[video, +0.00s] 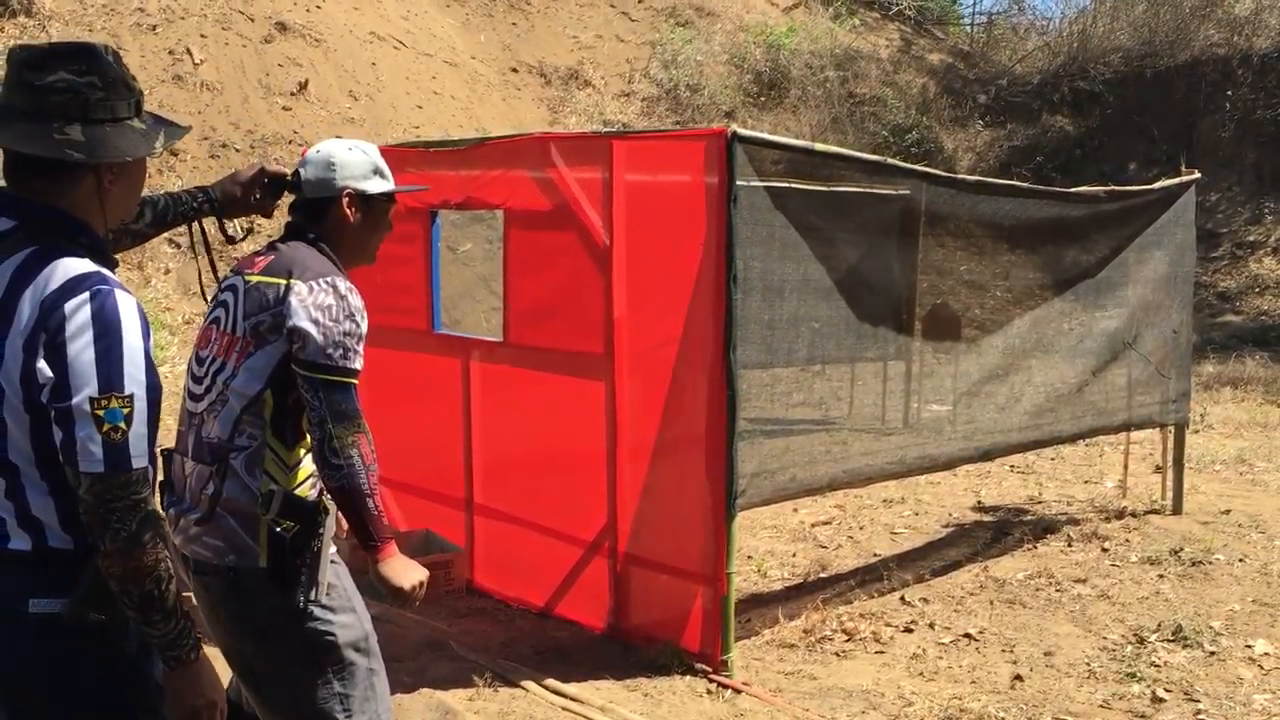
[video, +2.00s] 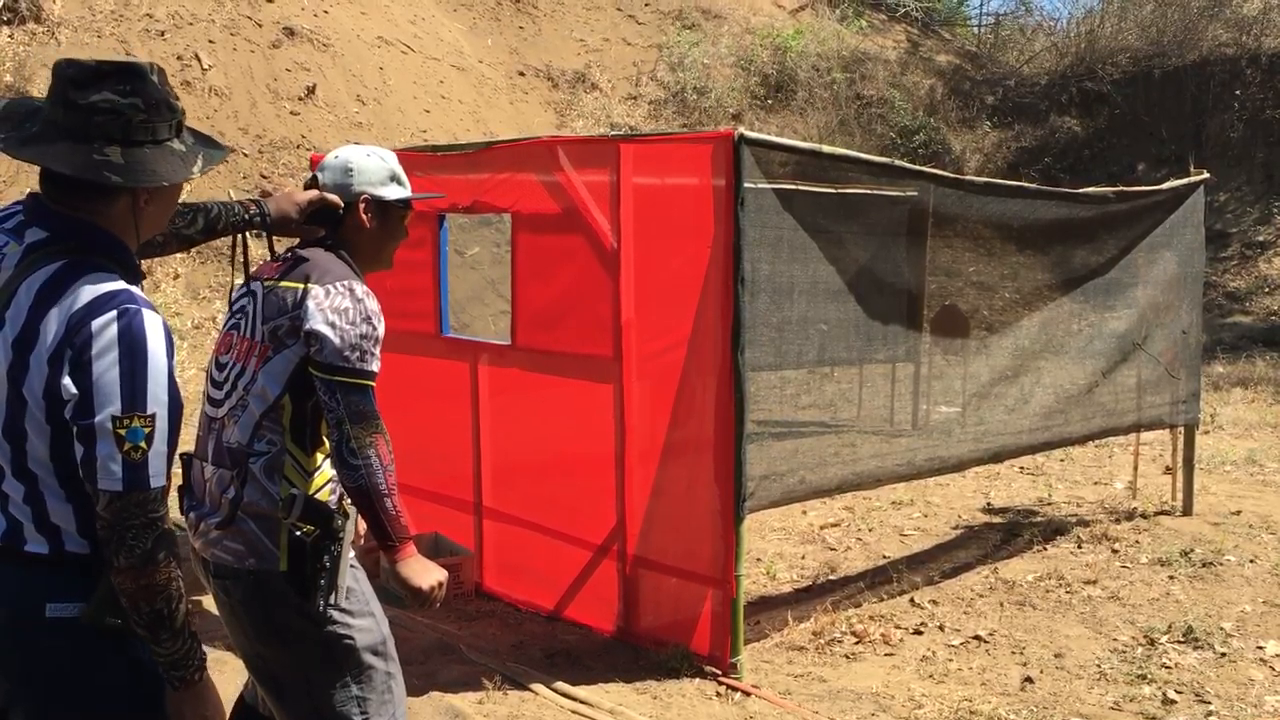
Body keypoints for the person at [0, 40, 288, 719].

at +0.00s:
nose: (150, 170)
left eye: (149, 154)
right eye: (143, 155)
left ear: (20, 157)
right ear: (104, 171)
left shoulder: (12, 247)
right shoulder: (91, 304)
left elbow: (102, 229)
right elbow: (123, 521)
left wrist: (215, 198)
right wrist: (187, 654)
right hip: (70, 615)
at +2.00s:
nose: (182, 191)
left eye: (184, 176)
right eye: (176, 177)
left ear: (53, 168)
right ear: (140, 195)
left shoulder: (16, 231)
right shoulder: (119, 323)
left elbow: (141, 226)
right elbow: (135, 538)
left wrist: (264, 209)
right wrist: (190, 677)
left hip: (14, 574)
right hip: (77, 609)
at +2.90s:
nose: (179, 187)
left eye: (180, 173)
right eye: (171, 174)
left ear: (51, 166)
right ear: (133, 190)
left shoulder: (15, 226)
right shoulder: (110, 320)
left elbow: (140, 222)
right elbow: (125, 533)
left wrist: (264, 204)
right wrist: (182, 676)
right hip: (62, 611)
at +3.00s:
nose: (174, 191)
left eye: (176, 177)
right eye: (168, 178)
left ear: (48, 166)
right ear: (130, 193)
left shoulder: (13, 227)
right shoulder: (106, 319)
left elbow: (126, 225)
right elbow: (122, 531)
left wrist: (247, 199)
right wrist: (180, 674)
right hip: (58, 617)